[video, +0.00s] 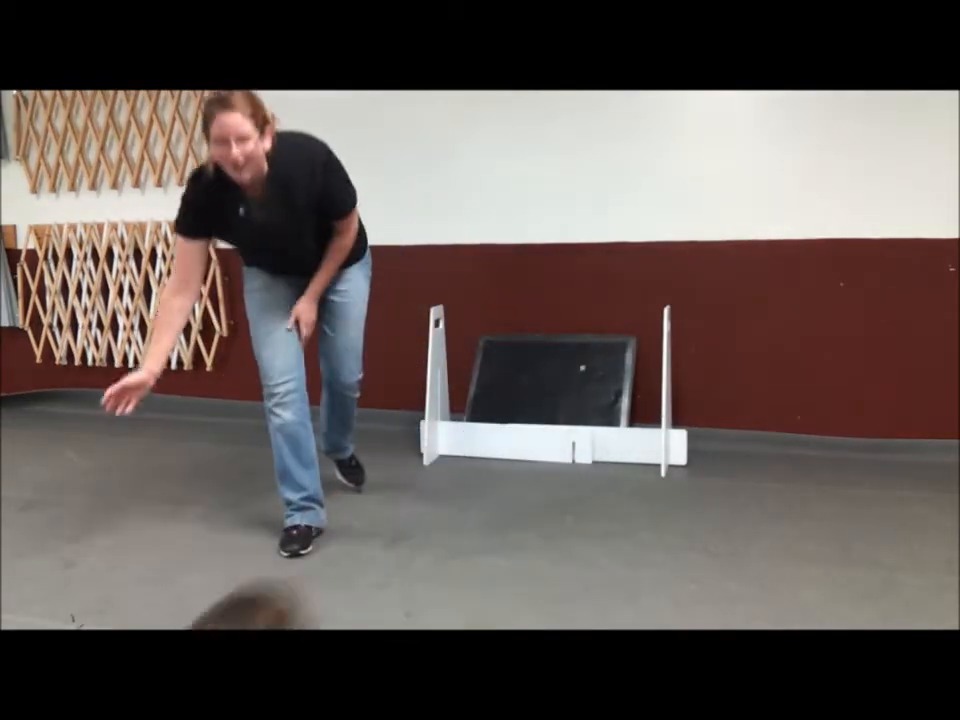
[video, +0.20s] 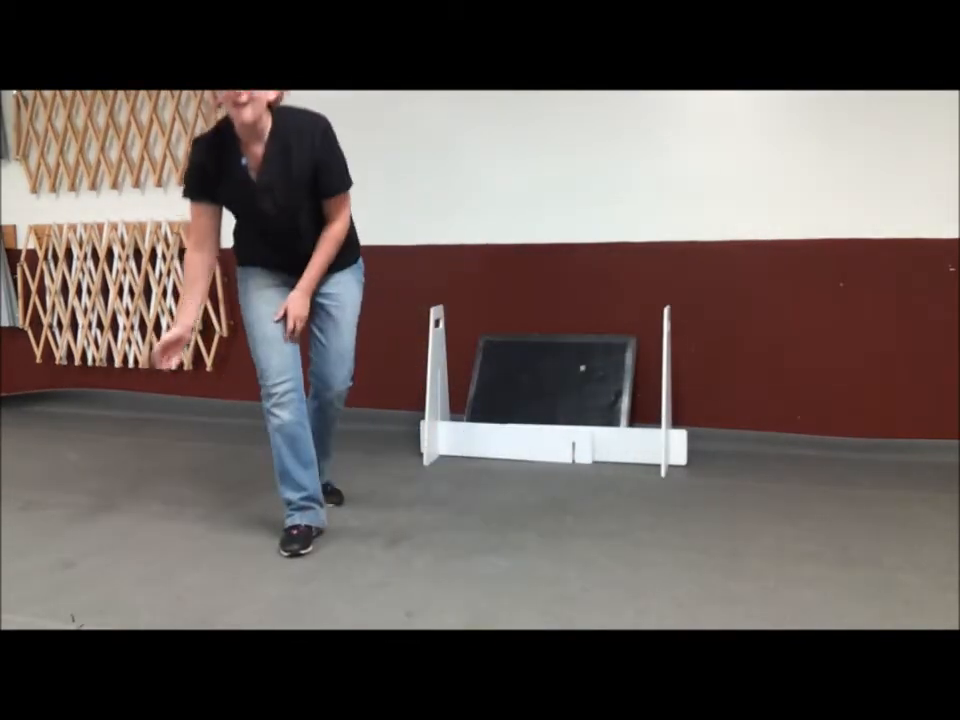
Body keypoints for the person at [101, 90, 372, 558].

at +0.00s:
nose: (234, 153)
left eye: (243, 139)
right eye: (222, 142)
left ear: (265, 134)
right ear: (208, 145)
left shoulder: (310, 159)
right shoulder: (204, 191)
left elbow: (347, 229)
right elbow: (181, 288)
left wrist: (313, 294)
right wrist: (149, 369)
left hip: (339, 264)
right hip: (269, 273)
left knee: (345, 376)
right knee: (282, 390)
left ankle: (339, 446)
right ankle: (302, 511)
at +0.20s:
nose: (240, 92)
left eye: (252, 85)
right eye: (230, 87)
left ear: (274, 92)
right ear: (218, 97)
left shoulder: (311, 131)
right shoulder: (209, 151)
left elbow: (339, 219)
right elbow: (200, 246)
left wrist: (304, 290)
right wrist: (185, 323)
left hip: (333, 265)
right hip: (264, 269)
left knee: (333, 385)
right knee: (280, 389)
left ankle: (315, 474)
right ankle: (301, 512)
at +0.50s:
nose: (386, 142)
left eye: (390, 133)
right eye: (380, 130)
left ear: (372, 129)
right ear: (349, 122)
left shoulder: (369, 177)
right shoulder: (273, 161)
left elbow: (423, 234)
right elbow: (232, 230)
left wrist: (481, 285)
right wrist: (300, 272)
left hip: (322, 282)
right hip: (264, 282)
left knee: (375, 362)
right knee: (261, 398)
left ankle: (406, 451)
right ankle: (213, 518)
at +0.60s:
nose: (432, 162)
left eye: (434, 154)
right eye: (427, 152)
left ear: (408, 151)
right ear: (402, 146)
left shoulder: (404, 196)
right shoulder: (329, 173)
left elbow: (456, 243)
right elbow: (272, 229)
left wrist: (511, 287)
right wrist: (334, 284)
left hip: (346, 286)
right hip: (290, 282)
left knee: (400, 370)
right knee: (279, 394)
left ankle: (404, 455)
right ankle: (220, 518)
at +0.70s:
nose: (467, 185)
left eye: (470, 178)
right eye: (466, 175)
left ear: (449, 172)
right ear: (446, 167)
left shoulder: (439, 214)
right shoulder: (382, 179)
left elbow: (482, 247)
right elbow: (312, 227)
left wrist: (534, 281)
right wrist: (358, 289)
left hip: (363, 287)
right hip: (315, 278)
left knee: (410, 360)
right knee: (307, 382)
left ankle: (411, 456)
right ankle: (242, 506)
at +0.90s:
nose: (493, 203)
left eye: (495, 195)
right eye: (493, 194)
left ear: (473, 185)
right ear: (478, 187)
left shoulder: (455, 211)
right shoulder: (433, 196)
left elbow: (486, 229)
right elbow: (366, 234)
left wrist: (518, 243)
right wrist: (400, 296)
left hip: (369, 266)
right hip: (336, 264)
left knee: (412, 355)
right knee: (363, 367)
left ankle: (407, 458)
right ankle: (316, 491)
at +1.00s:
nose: (492, 201)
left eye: (495, 194)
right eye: (493, 193)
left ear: (475, 183)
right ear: (479, 183)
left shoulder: (453, 201)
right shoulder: (438, 194)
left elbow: (468, 217)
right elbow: (376, 237)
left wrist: (495, 229)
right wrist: (410, 293)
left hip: (379, 265)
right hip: (346, 264)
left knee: (417, 357)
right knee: (387, 366)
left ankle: (407, 457)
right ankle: (349, 486)